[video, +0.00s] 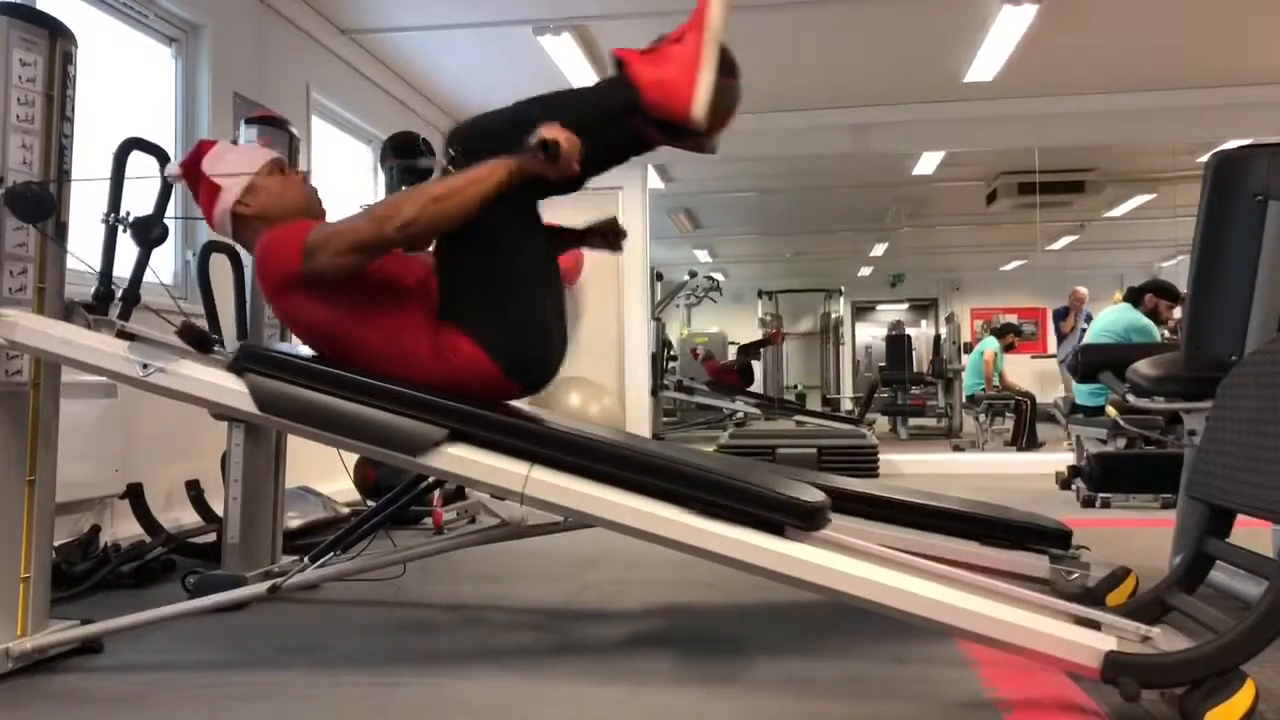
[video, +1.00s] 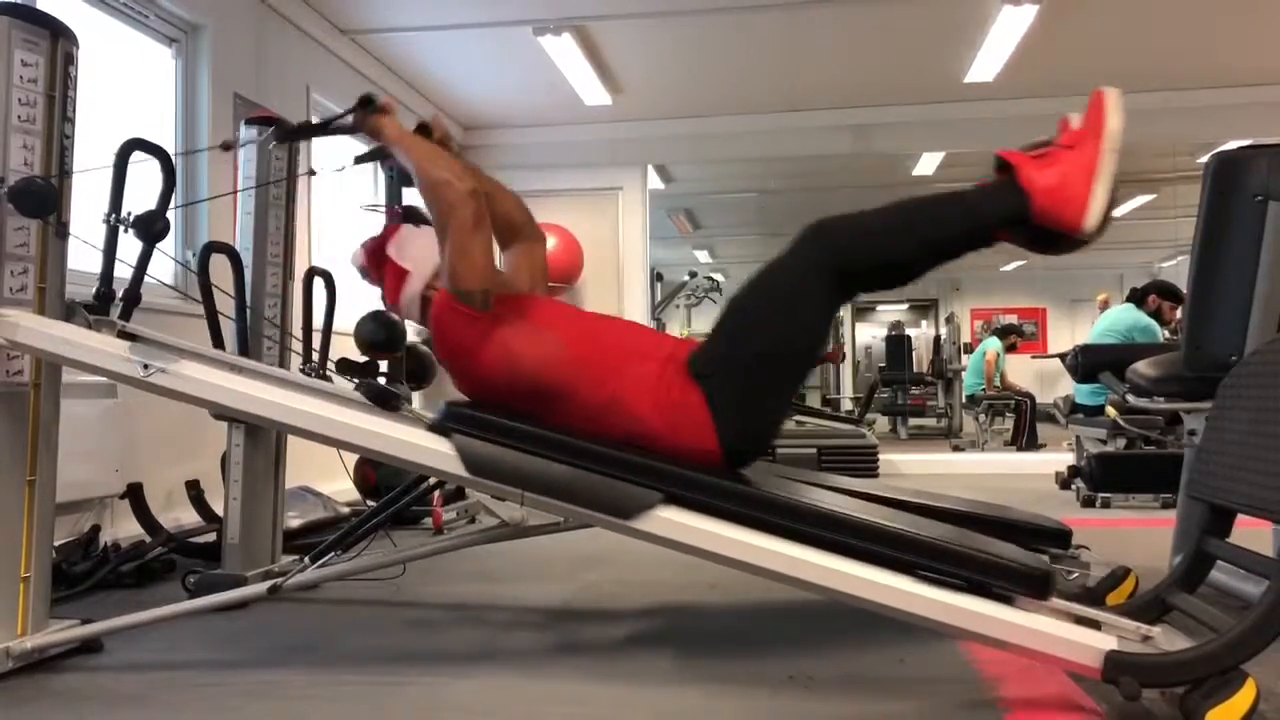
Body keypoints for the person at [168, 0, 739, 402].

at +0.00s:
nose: (302, 173)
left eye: (289, 164)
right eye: (282, 169)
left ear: (250, 205)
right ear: (247, 204)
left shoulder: (302, 259)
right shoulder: (282, 253)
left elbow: (437, 231)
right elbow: (397, 222)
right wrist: (514, 168)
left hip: (503, 341)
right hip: (497, 346)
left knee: (477, 153)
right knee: (472, 145)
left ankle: (659, 118)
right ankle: (648, 90)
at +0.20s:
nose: (297, 163)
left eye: (286, 154)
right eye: (275, 157)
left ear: (243, 191)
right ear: (239, 189)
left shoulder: (288, 251)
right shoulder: (275, 237)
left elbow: (418, 244)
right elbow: (402, 221)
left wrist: (572, 264)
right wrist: (532, 191)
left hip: (485, 341)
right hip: (477, 340)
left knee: (424, 153)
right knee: (427, 148)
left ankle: (631, 114)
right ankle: (614, 81)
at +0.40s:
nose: (305, 176)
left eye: (292, 166)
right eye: (284, 170)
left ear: (257, 204)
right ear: (250, 205)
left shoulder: (314, 262)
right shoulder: (285, 252)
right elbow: (395, 205)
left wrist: (585, 223)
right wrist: (514, 135)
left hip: (510, 346)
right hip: (501, 346)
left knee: (498, 163)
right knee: (501, 162)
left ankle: (684, 118)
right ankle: (673, 88)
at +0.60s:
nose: (337, 192)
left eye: (327, 185)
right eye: (318, 192)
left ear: (317, 216)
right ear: (295, 228)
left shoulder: (379, 277)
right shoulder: (333, 271)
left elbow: (500, 238)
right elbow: (422, 167)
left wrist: (558, 153)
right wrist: (476, 60)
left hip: (554, 351)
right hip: (553, 365)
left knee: (618, 191)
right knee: (616, 185)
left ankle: (799, 139)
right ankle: (798, 126)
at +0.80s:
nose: (397, 215)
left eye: (387, 208)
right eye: (379, 216)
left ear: (374, 243)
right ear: (354, 252)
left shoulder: (446, 297)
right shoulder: (396, 304)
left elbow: (521, 219)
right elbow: (442, 181)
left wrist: (501, 122)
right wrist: (434, 75)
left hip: (624, 368)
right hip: (620, 390)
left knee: (728, 224)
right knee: (725, 228)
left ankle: (929, 166)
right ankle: (931, 171)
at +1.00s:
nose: (424, 246)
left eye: (414, 242)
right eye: (414, 243)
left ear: (425, 271)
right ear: (414, 271)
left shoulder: (498, 315)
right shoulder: (461, 318)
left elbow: (525, 233)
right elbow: (465, 210)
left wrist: (453, 153)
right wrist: (398, 139)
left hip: (709, 397)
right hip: (709, 414)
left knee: (823, 250)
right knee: (821, 252)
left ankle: (1029, 194)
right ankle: (1033, 196)